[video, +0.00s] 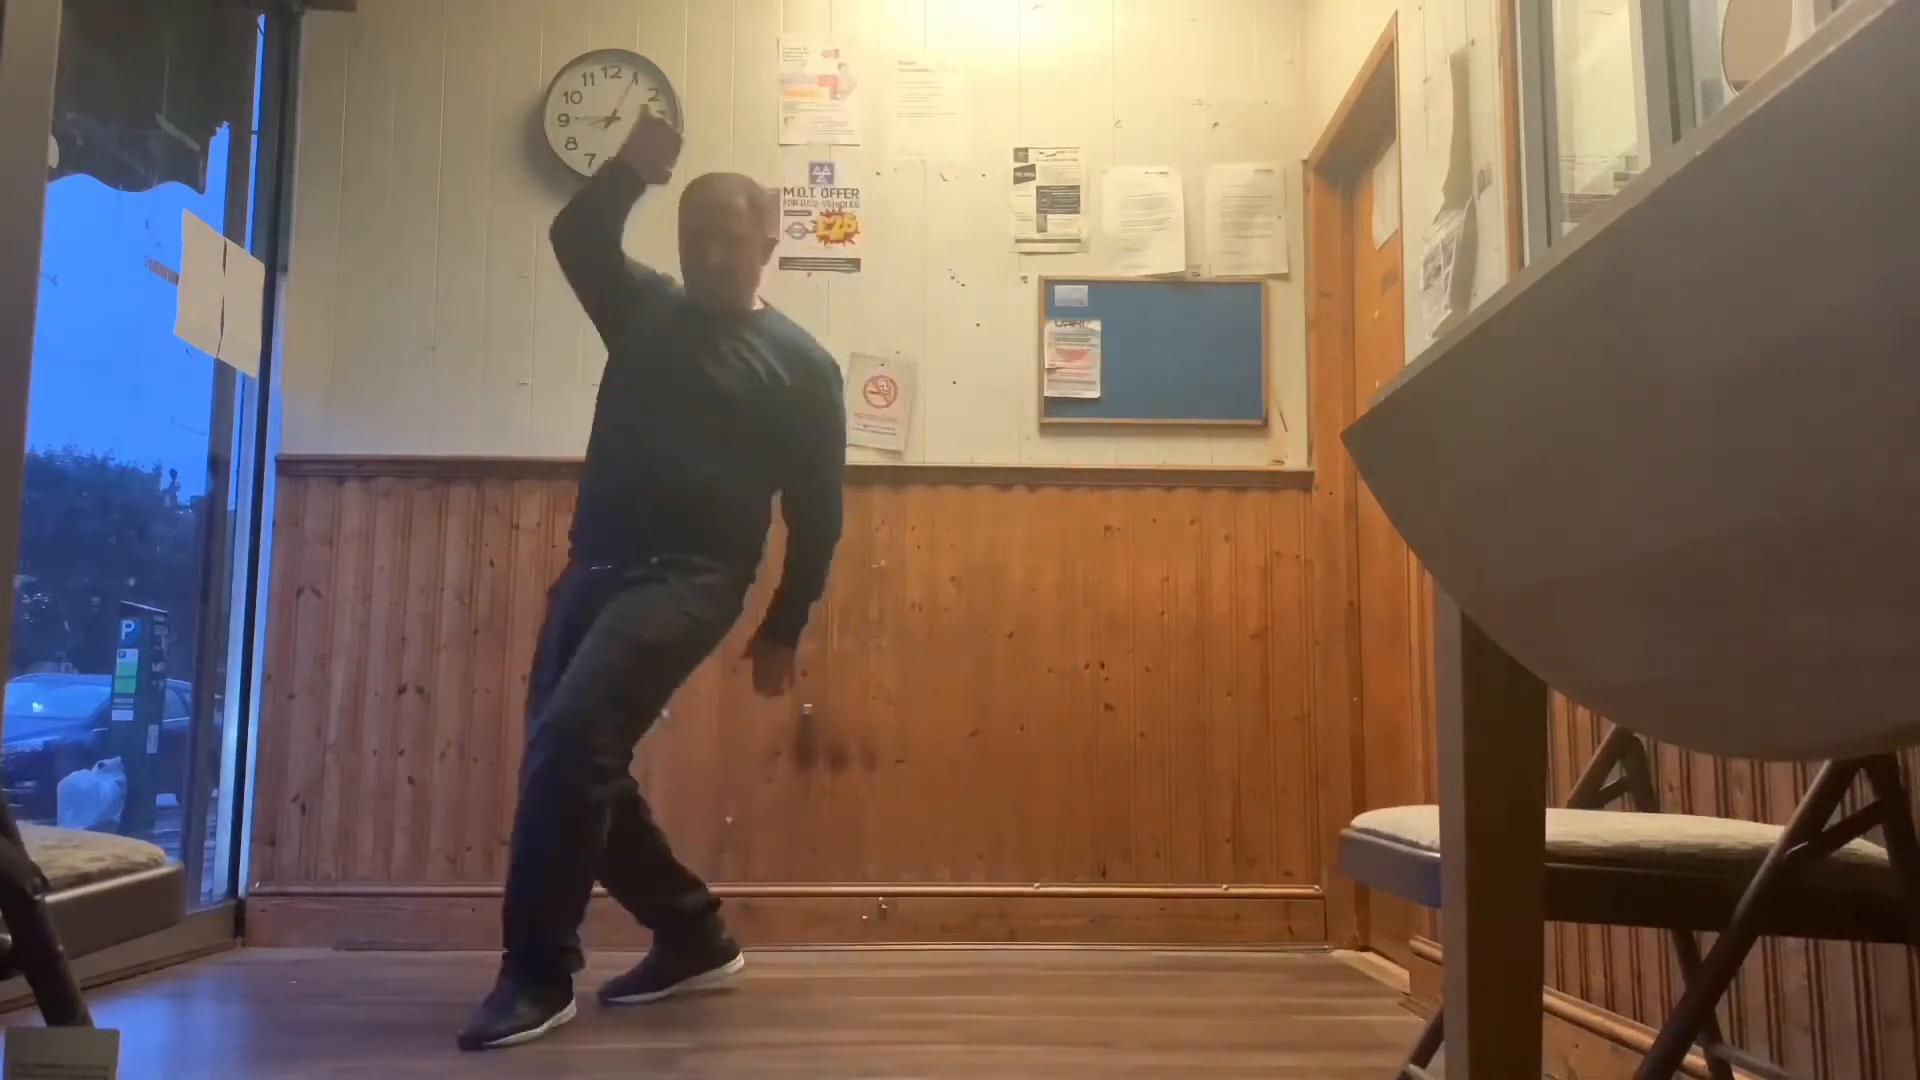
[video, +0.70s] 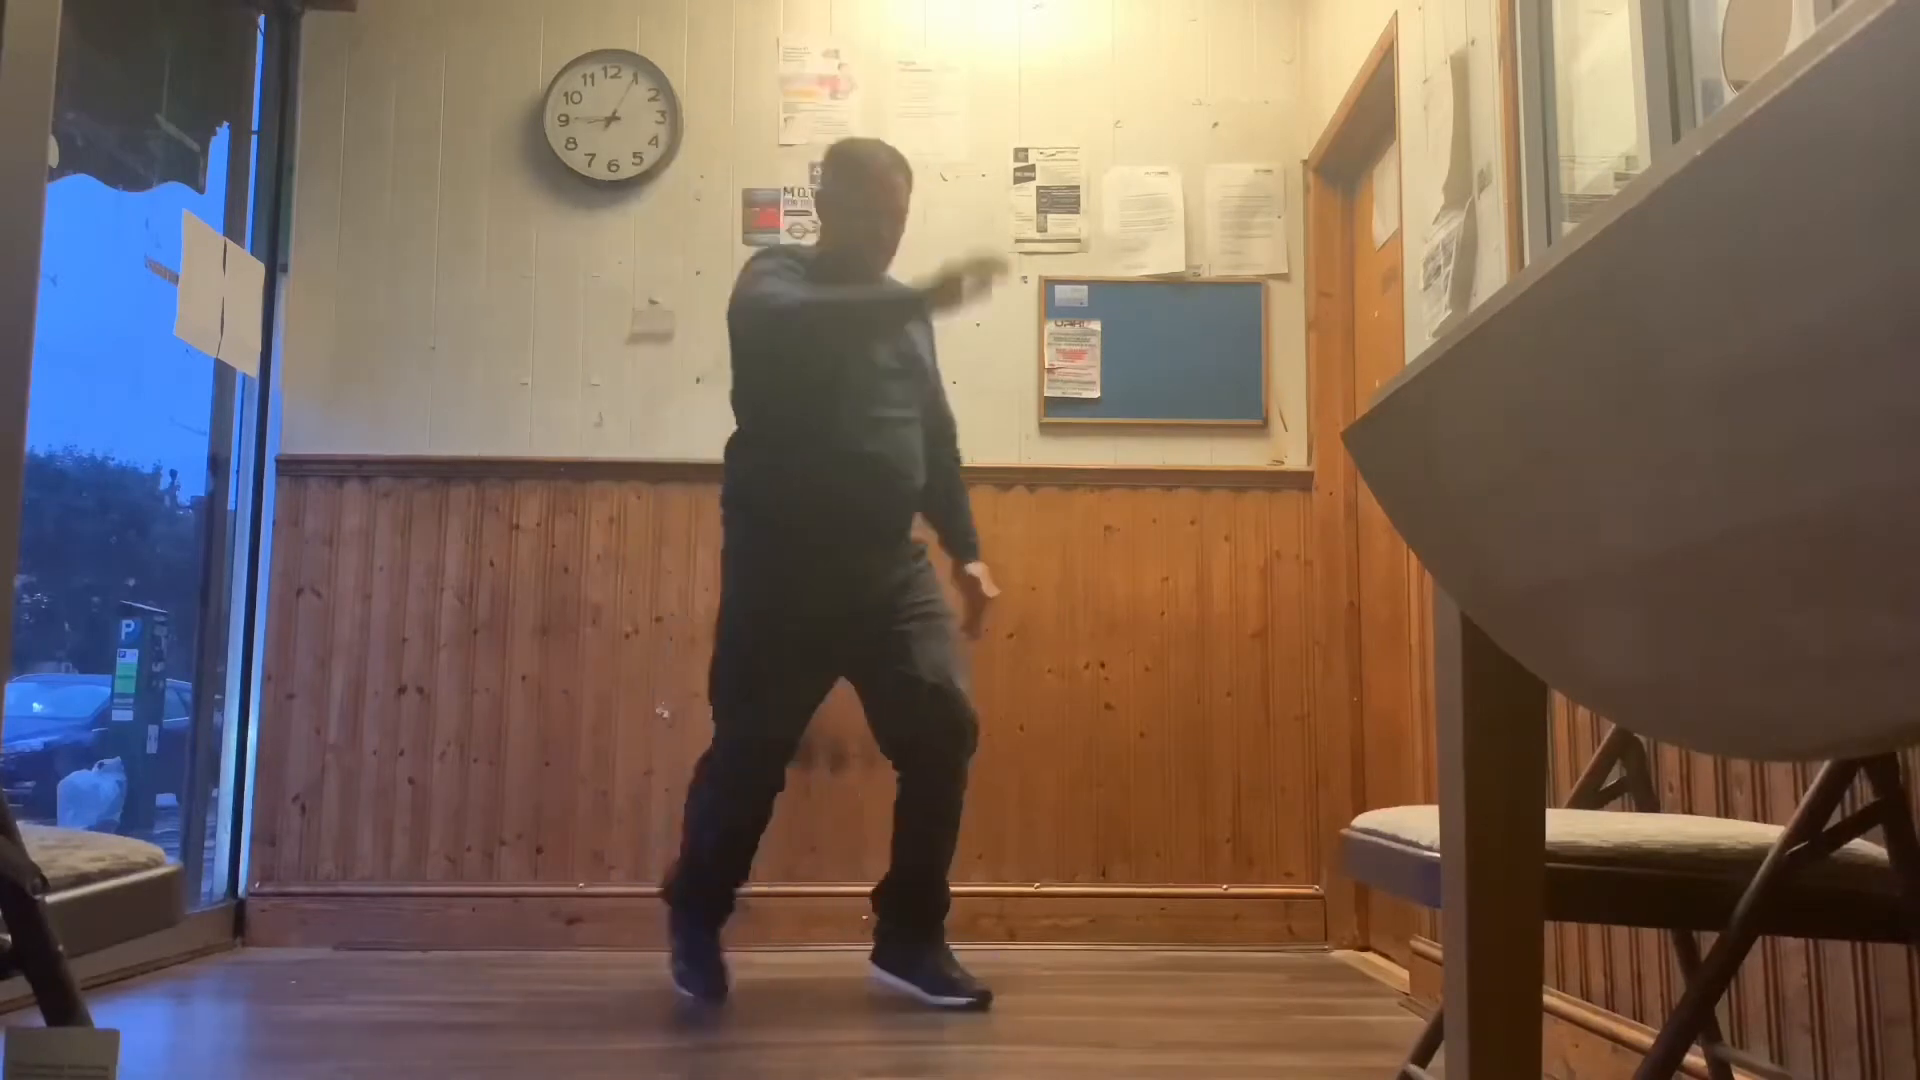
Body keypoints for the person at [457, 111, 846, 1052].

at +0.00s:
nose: (698, 255)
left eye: (718, 241)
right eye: (692, 237)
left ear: (765, 246)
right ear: (681, 238)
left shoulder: (802, 370)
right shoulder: (642, 312)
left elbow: (816, 518)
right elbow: (581, 240)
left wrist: (784, 628)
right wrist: (628, 171)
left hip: (691, 577)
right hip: (596, 569)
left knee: (572, 738)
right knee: (564, 757)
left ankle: (537, 978)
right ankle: (691, 929)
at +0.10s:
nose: (712, 222)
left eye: (733, 207)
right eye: (703, 206)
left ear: (774, 216)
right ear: (683, 216)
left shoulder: (804, 332)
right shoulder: (640, 289)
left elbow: (820, 467)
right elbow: (539, 281)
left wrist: (798, 554)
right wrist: (630, 239)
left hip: (723, 558)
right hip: (619, 549)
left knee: (640, 738)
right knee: (596, 744)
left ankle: (568, 963)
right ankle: (691, 928)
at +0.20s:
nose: (737, 209)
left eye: (753, 198)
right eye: (723, 196)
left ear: (783, 216)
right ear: (697, 209)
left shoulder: (807, 322)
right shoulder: (643, 294)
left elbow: (865, 455)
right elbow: (518, 321)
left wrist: (853, 432)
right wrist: (606, 281)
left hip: (744, 546)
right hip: (640, 544)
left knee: (708, 696)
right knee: (627, 749)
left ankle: (721, 910)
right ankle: (666, 937)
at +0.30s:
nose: (756, 203)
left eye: (773, 196)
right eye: (741, 189)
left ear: (793, 223)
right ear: (705, 208)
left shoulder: (812, 311)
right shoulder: (648, 287)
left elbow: (898, 412)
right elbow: (551, 267)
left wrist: (887, 400)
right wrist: (655, 201)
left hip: (768, 545)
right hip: (658, 549)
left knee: (790, 685)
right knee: (646, 765)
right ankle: (678, 942)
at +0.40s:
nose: (784, 173)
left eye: (797, 161)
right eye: (765, 157)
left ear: (811, 180)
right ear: (726, 166)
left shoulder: (831, 284)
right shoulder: (668, 255)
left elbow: (878, 384)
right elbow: (628, 192)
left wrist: (906, 461)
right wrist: (734, 117)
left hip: (806, 515)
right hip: (693, 523)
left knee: (847, 683)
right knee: (694, 737)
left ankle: (853, 841)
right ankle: (700, 929)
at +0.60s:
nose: (846, 224)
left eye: (855, 209)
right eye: (830, 208)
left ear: (861, 221)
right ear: (786, 209)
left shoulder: (869, 312)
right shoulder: (732, 287)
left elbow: (890, 448)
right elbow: (789, 196)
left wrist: (896, 561)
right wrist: (882, 134)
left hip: (859, 570)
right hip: (750, 572)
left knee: (900, 749)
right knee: (738, 771)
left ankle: (912, 947)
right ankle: (730, 942)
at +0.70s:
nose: (889, 232)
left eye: (898, 217)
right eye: (874, 214)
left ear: (907, 215)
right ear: (827, 202)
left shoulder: (903, 307)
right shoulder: (772, 274)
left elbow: (932, 430)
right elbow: (777, 317)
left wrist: (963, 547)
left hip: (890, 562)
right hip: (782, 563)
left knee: (941, 726)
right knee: (751, 750)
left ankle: (909, 938)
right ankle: (696, 921)